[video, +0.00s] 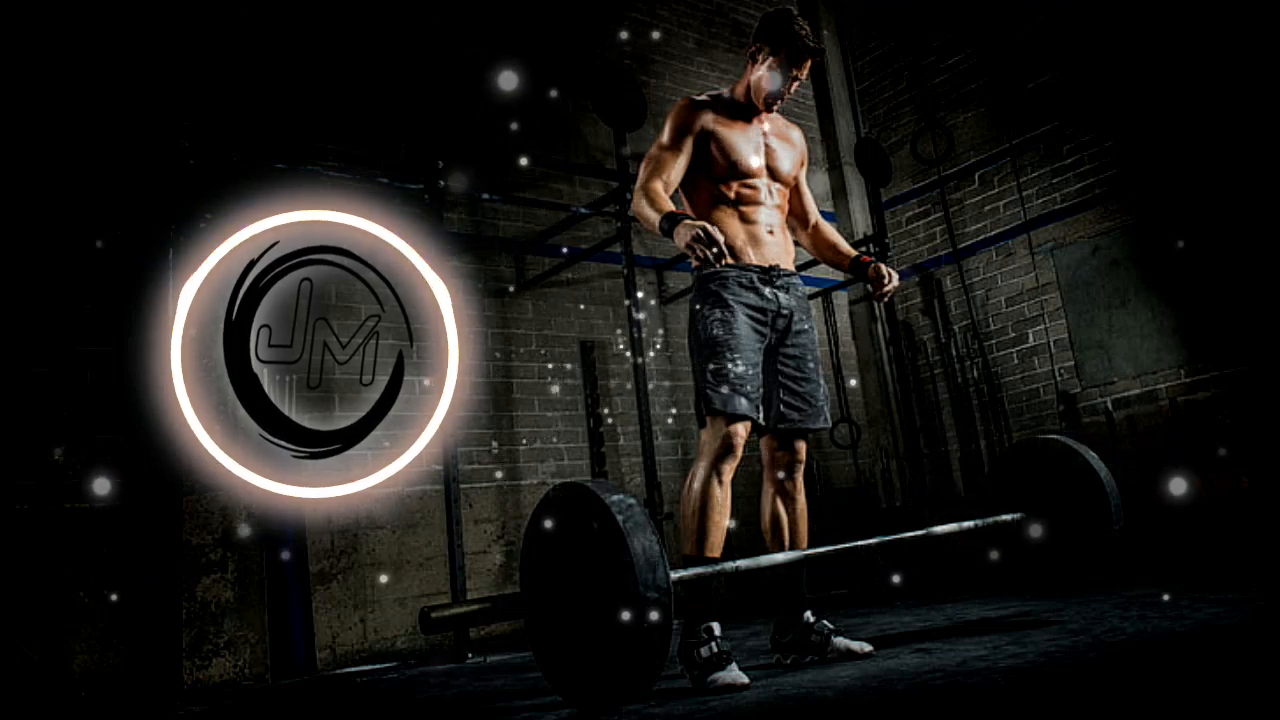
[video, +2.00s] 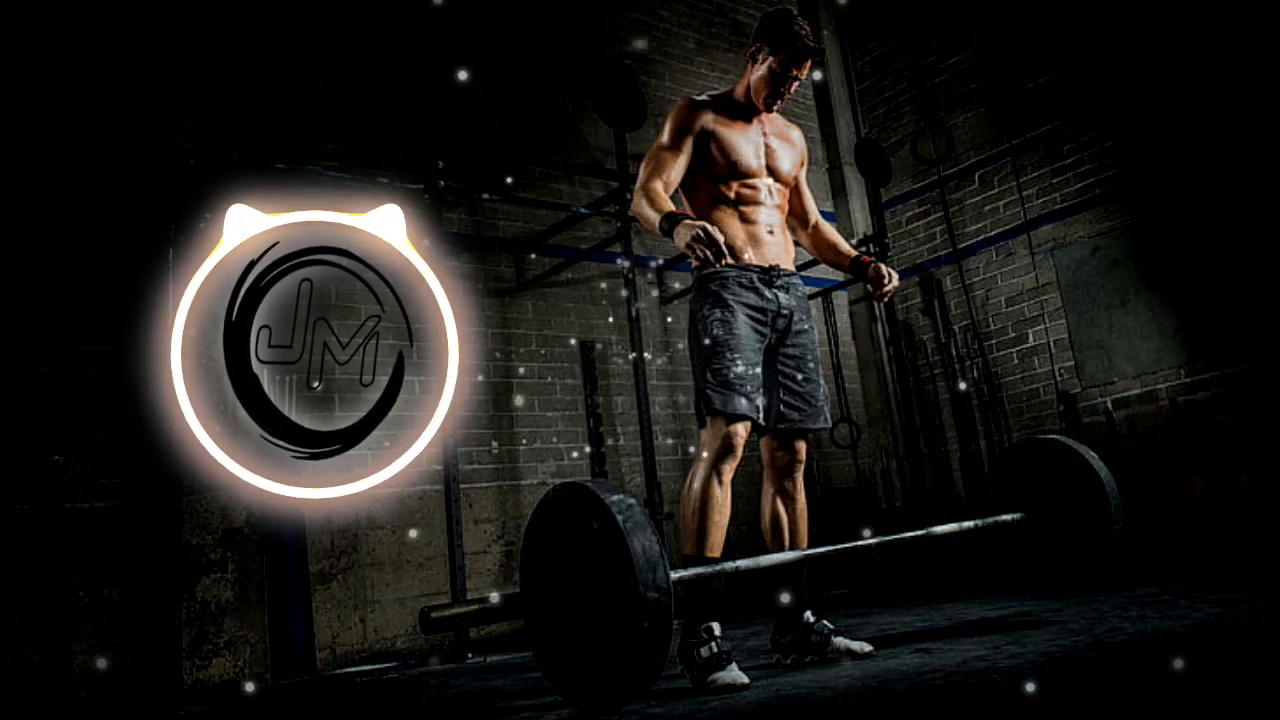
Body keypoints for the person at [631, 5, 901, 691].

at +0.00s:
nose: (791, 91)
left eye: (800, 82)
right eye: (788, 75)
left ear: (797, 79)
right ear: (757, 59)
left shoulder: (791, 136)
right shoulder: (698, 115)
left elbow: (809, 225)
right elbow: (644, 200)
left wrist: (861, 265)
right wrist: (676, 225)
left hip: (790, 296)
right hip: (731, 292)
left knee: (790, 454)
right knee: (729, 437)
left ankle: (797, 624)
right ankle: (698, 633)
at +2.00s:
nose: (789, 92)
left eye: (799, 81)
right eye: (786, 76)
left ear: (801, 77)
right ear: (756, 58)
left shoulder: (792, 137)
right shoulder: (697, 115)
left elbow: (809, 225)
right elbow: (645, 199)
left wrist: (860, 265)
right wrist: (676, 225)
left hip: (790, 296)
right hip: (730, 291)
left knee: (790, 454)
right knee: (729, 437)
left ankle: (794, 624)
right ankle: (698, 633)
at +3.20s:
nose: (788, 90)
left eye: (798, 80)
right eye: (785, 74)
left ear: (800, 77)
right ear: (756, 58)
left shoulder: (792, 137)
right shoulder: (698, 115)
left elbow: (808, 224)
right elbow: (645, 198)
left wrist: (860, 265)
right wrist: (675, 226)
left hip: (790, 296)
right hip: (730, 292)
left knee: (790, 454)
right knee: (729, 437)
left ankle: (798, 624)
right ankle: (699, 633)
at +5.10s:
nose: (788, 91)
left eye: (798, 80)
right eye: (785, 75)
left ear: (800, 77)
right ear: (756, 58)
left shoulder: (792, 137)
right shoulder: (697, 116)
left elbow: (809, 225)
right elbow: (646, 199)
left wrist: (860, 265)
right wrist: (675, 226)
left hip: (790, 297)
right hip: (731, 292)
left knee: (790, 455)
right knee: (729, 437)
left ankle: (797, 624)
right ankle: (699, 634)